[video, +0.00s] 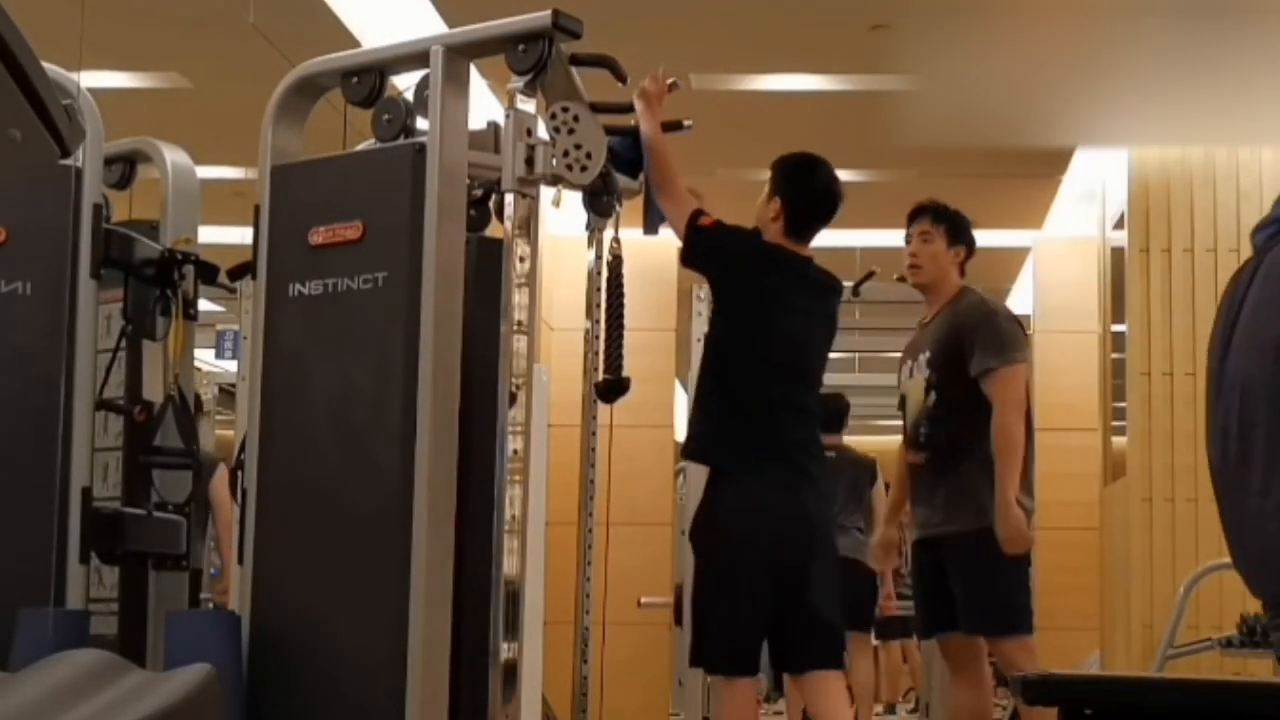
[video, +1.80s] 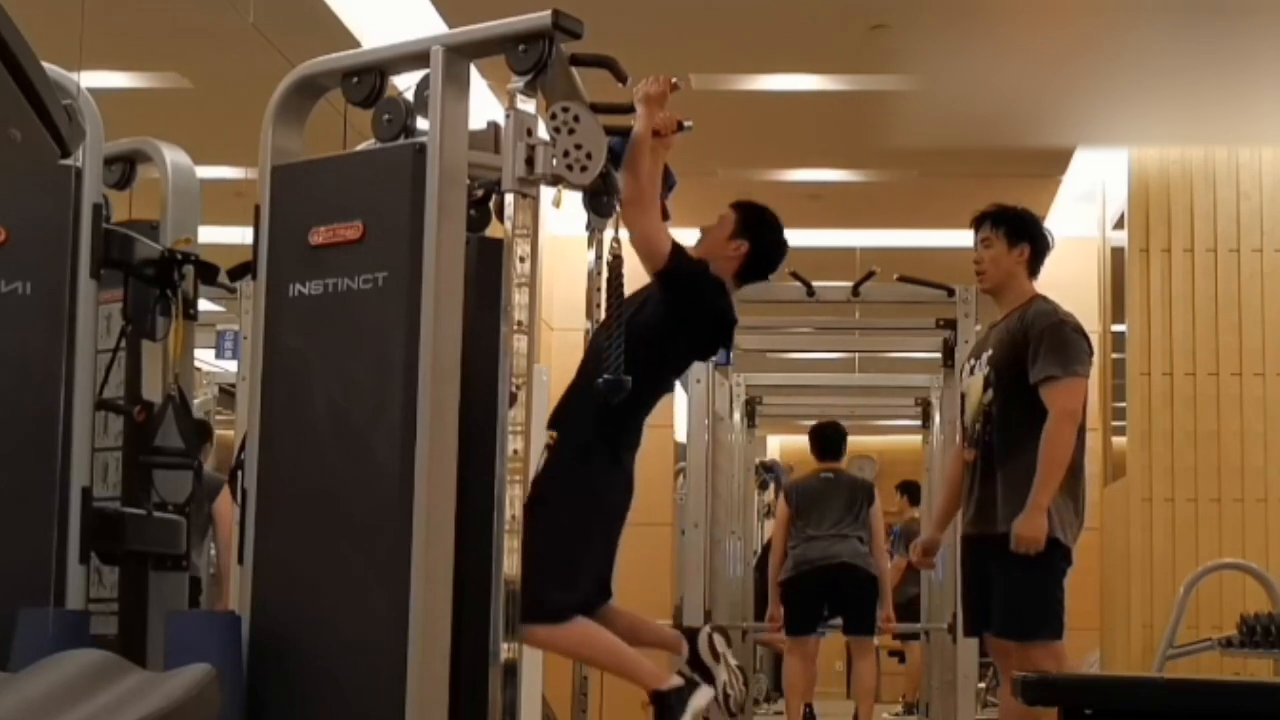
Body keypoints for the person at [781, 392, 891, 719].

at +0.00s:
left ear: (812, 421)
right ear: (846, 422)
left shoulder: (803, 462)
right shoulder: (866, 465)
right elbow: (878, 524)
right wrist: (883, 575)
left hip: (814, 562)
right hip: (857, 562)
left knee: (803, 659)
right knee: (859, 648)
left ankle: (799, 715)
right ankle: (864, 714)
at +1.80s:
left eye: (815, 445)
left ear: (812, 450)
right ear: (845, 449)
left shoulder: (792, 490)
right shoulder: (866, 489)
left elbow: (777, 552)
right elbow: (879, 551)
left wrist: (773, 602)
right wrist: (887, 604)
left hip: (804, 580)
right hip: (856, 579)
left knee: (796, 651)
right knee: (863, 650)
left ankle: (795, 716)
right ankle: (864, 715)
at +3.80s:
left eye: (814, 398)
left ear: (811, 400)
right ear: (844, 399)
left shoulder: (791, 449)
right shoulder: (866, 448)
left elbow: (776, 508)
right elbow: (879, 511)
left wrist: (774, 558)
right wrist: (886, 559)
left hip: (806, 566)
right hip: (854, 565)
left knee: (805, 648)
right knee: (857, 649)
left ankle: (798, 715)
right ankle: (863, 714)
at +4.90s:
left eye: (816, 452)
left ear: (813, 456)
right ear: (847, 455)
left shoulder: (793, 496)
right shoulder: (867, 495)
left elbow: (779, 557)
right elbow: (881, 557)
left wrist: (774, 607)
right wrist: (887, 611)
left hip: (806, 583)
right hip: (856, 582)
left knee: (801, 652)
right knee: (864, 652)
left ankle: (797, 715)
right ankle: (865, 715)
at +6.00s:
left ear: (818, 428)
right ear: (850, 428)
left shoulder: (796, 473)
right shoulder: (871, 472)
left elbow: (782, 535)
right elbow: (882, 534)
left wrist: (774, 586)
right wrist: (889, 587)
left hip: (806, 574)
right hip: (856, 573)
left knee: (802, 649)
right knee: (862, 649)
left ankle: (796, 715)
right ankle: (865, 714)